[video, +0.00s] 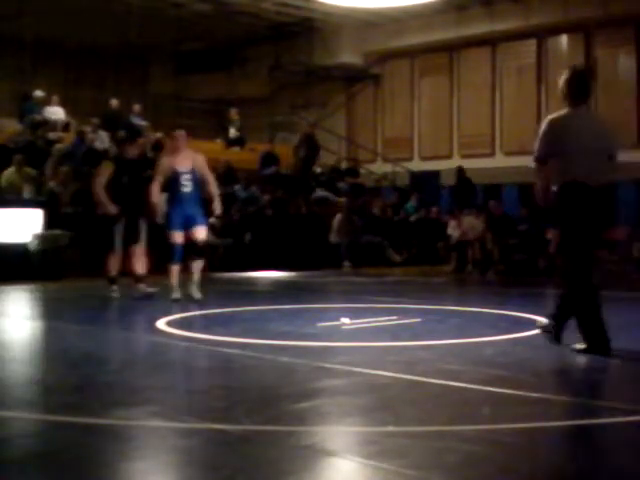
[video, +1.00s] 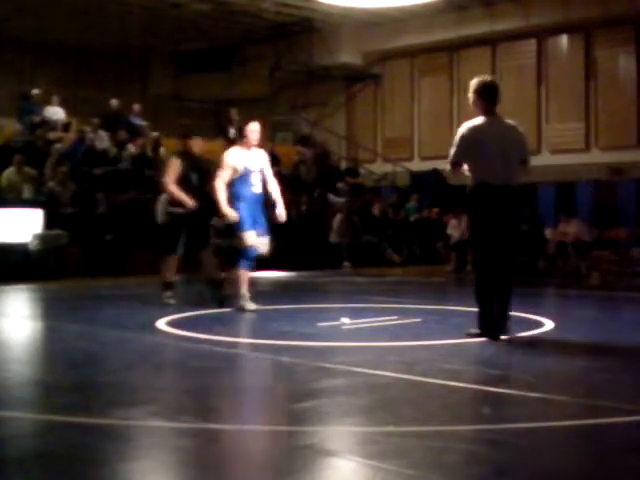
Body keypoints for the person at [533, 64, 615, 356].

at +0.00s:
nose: (562, 91)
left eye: (564, 86)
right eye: (571, 86)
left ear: (564, 90)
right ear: (590, 91)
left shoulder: (555, 124)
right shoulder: (600, 125)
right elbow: (610, 163)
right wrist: (607, 193)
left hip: (567, 200)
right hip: (598, 200)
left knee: (578, 269)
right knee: (576, 266)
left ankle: (596, 339)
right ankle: (556, 324)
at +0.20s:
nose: (542, 89)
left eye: (546, 85)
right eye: (546, 84)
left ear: (550, 92)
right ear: (570, 95)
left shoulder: (537, 125)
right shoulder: (578, 128)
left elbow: (522, 161)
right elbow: (588, 163)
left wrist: (541, 172)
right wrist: (564, 170)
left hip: (545, 200)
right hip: (573, 199)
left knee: (548, 263)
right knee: (558, 263)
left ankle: (578, 317)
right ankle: (547, 326)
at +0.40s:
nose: (527, 91)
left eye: (530, 87)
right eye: (530, 86)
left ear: (534, 91)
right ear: (554, 93)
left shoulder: (525, 122)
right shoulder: (563, 126)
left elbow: (512, 156)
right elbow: (564, 159)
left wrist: (523, 165)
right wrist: (534, 161)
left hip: (531, 194)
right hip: (558, 194)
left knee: (517, 256)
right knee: (552, 261)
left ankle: (523, 318)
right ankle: (546, 328)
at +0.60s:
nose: (510, 100)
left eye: (510, 95)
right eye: (512, 95)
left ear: (512, 97)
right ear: (535, 98)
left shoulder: (506, 128)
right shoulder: (545, 131)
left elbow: (494, 163)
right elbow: (549, 162)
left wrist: (516, 162)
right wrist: (523, 160)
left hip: (511, 199)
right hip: (539, 199)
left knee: (501, 262)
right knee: (540, 264)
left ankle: (488, 323)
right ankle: (546, 330)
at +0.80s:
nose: (486, 102)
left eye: (486, 97)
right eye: (488, 97)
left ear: (489, 100)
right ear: (511, 100)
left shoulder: (482, 131)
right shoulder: (528, 131)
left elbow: (471, 165)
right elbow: (537, 165)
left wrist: (488, 167)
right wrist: (514, 165)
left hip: (494, 199)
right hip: (523, 199)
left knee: (489, 260)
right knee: (525, 260)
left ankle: (489, 325)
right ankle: (534, 319)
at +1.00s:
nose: (471, 101)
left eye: (472, 97)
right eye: (472, 96)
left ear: (476, 100)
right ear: (497, 100)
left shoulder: (469, 131)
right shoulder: (513, 131)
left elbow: (454, 165)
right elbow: (525, 162)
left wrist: (470, 166)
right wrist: (503, 163)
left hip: (481, 199)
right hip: (509, 200)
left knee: (483, 260)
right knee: (504, 259)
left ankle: (487, 325)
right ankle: (500, 322)